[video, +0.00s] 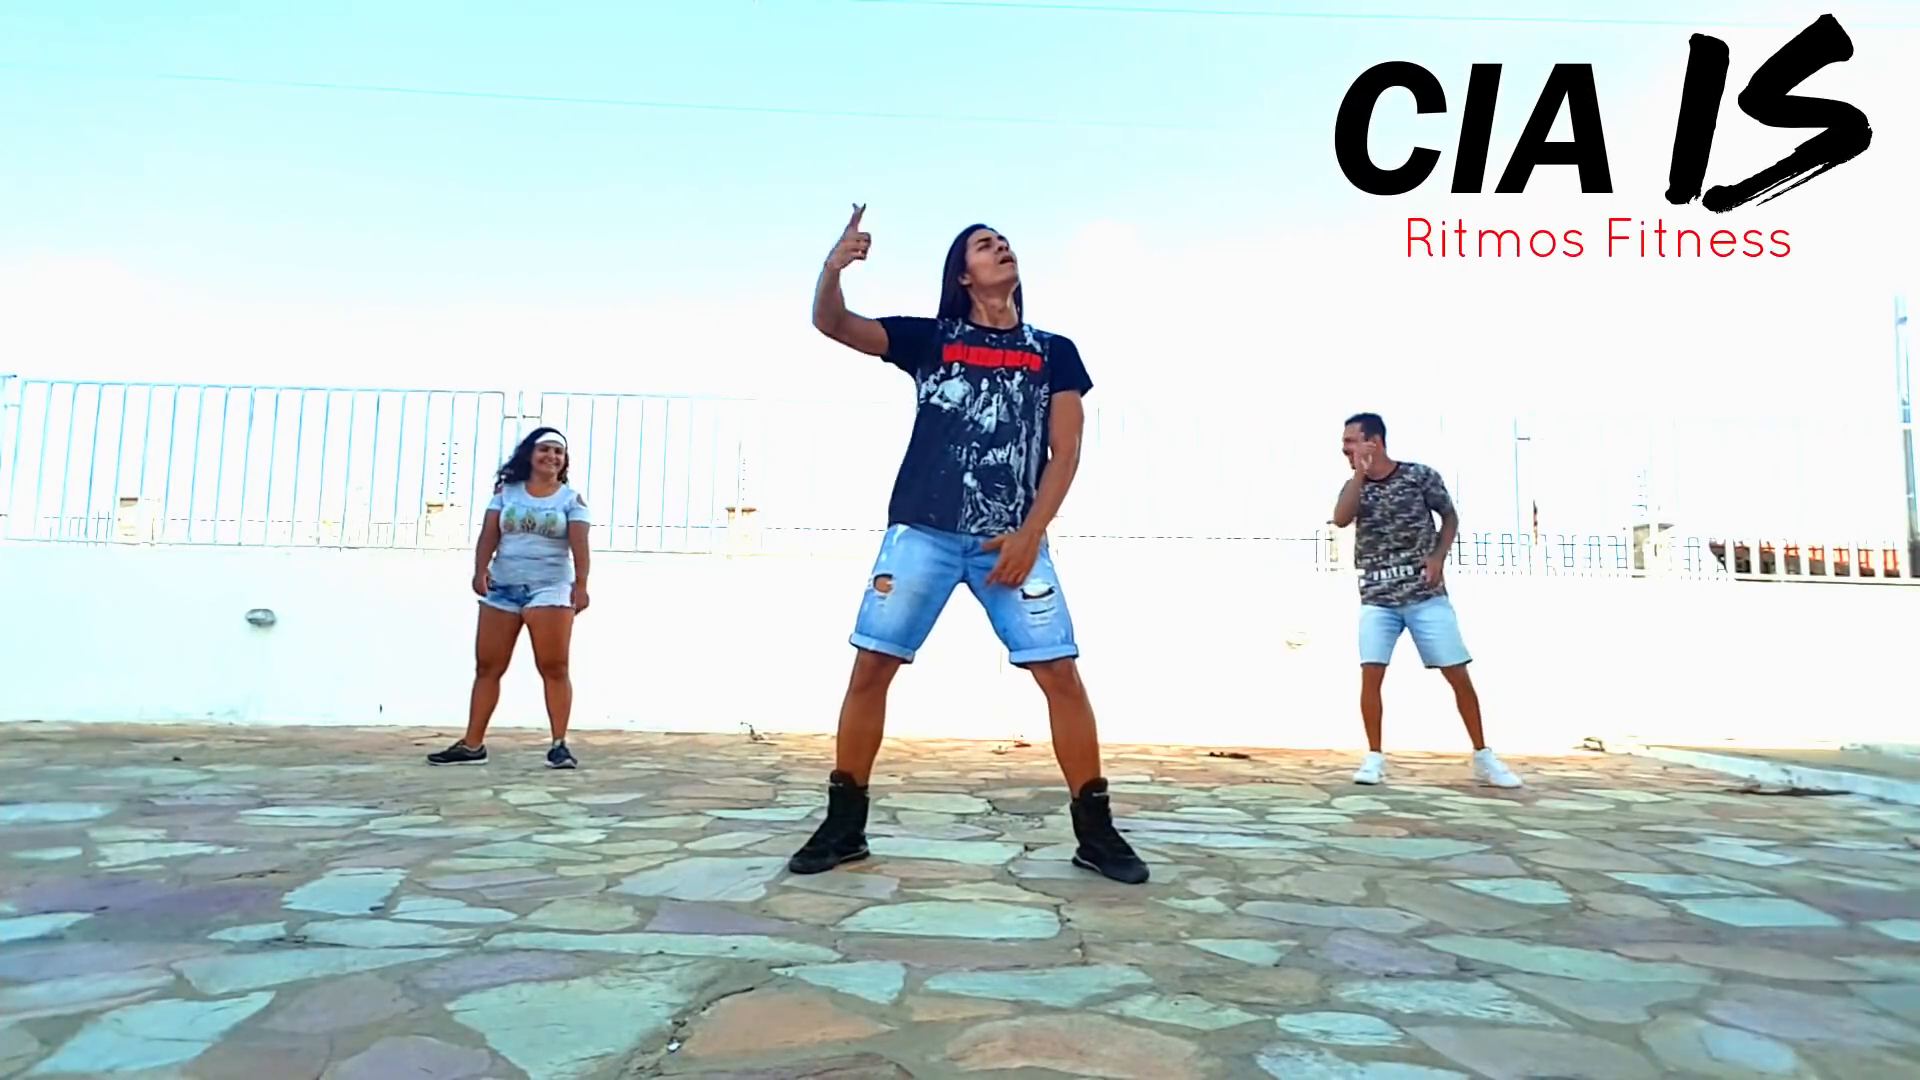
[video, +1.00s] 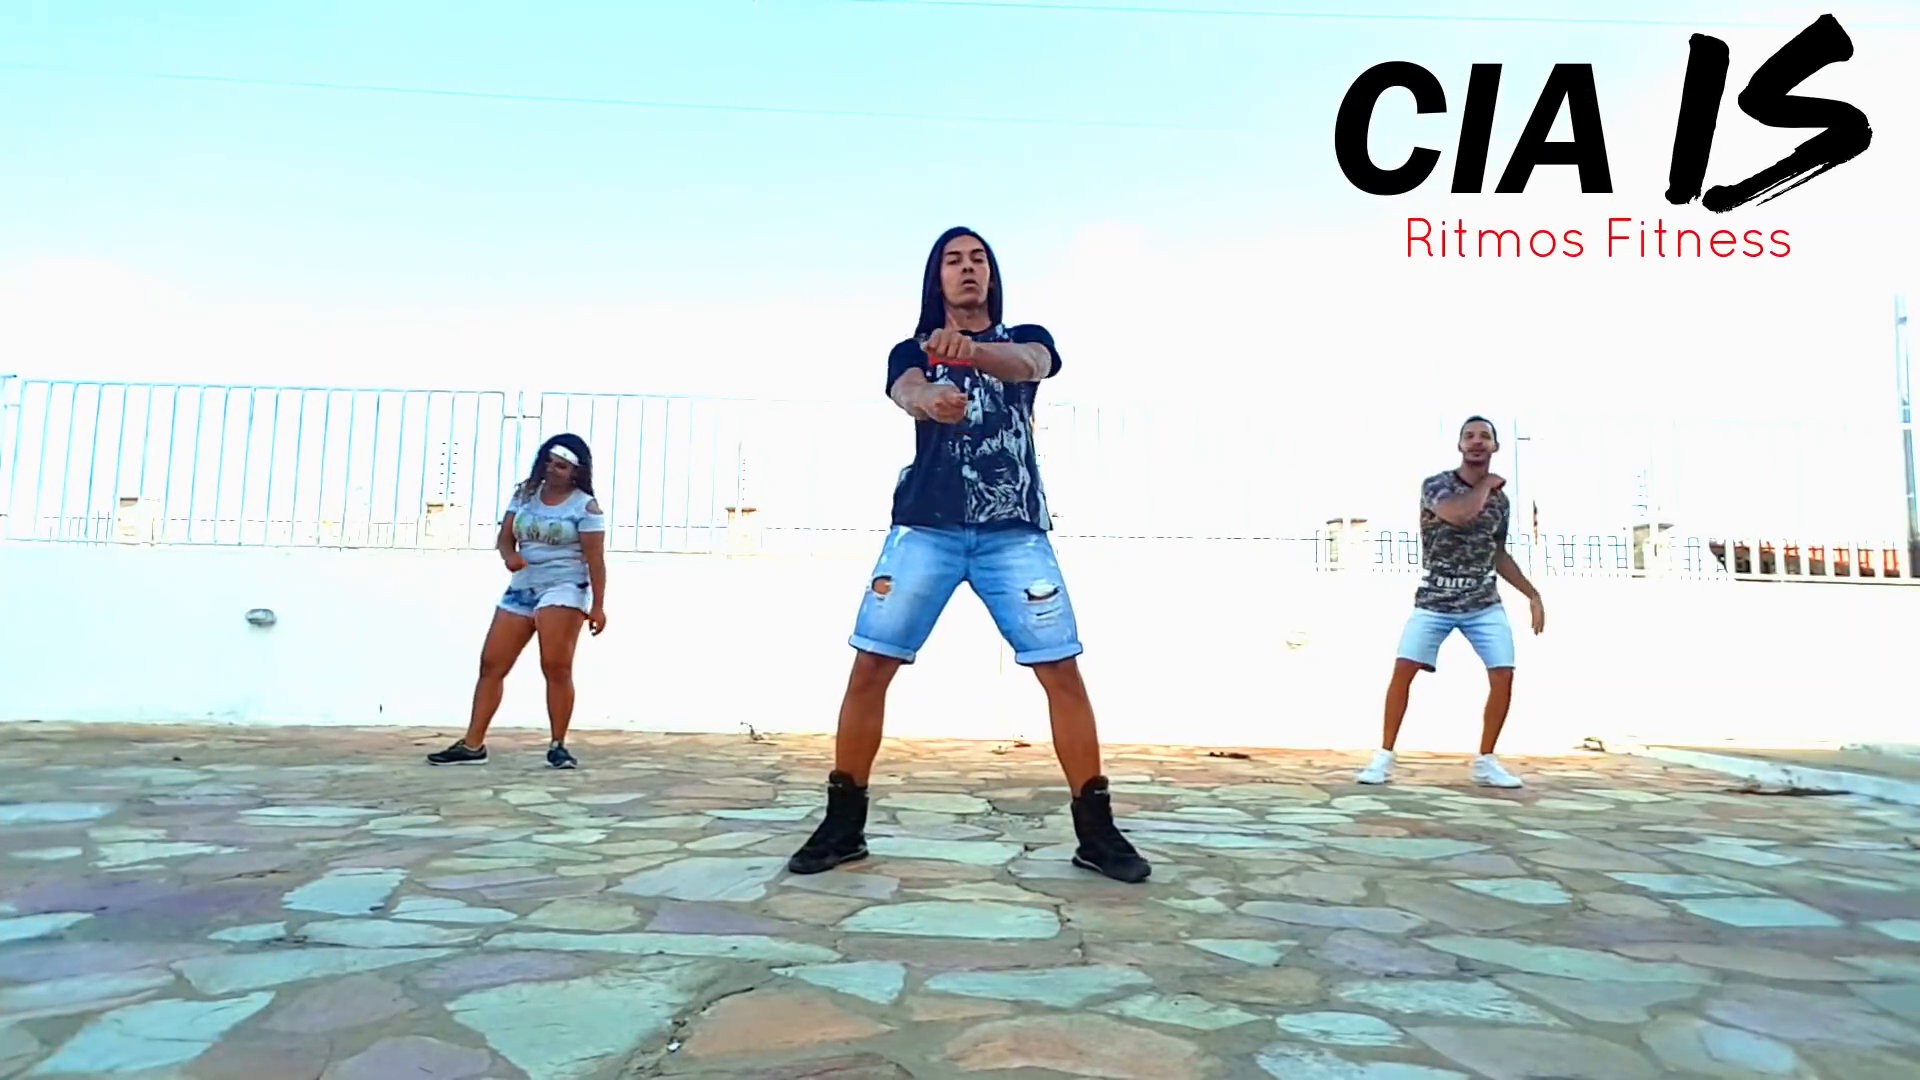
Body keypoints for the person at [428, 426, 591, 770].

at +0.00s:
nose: (550, 454)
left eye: (557, 451)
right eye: (544, 449)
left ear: (564, 460)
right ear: (528, 455)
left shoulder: (571, 500)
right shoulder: (506, 492)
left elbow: (580, 545)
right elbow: (489, 533)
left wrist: (581, 584)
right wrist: (481, 568)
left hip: (550, 589)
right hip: (501, 587)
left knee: (554, 668)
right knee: (487, 667)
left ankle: (559, 743)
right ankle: (472, 743)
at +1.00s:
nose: (556, 468)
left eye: (565, 465)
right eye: (552, 461)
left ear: (577, 471)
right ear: (543, 462)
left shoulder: (585, 506)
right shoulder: (524, 493)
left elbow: (595, 560)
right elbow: (504, 538)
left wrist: (598, 605)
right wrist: (510, 556)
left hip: (564, 587)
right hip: (522, 586)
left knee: (556, 666)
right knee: (491, 664)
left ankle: (558, 745)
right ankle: (472, 743)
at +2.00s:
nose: (505, 452)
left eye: (513, 447)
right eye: (498, 448)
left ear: (526, 456)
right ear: (490, 459)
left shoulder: (543, 494)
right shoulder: (481, 497)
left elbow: (564, 543)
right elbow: (467, 541)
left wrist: (583, 585)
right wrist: (468, 567)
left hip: (528, 590)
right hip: (481, 589)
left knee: (534, 668)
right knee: (470, 664)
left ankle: (555, 744)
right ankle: (471, 744)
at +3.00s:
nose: (522, 458)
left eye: (530, 452)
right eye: (517, 453)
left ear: (548, 459)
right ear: (511, 460)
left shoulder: (561, 494)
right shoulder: (498, 493)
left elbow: (563, 515)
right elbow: (486, 520)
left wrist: (549, 519)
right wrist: (479, 534)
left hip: (542, 585)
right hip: (495, 584)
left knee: (550, 666)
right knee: (475, 665)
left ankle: (558, 744)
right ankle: (471, 743)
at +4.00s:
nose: (534, 453)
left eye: (540, 448)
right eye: (527, 448)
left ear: (548, 457)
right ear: (514, 455)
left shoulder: (555, 492)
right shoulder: (494, 493)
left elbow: (562, 511)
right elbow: (475, 530)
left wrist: (557, 514)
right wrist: (466, 528)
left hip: (542, 586)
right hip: (494, 585)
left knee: (549, 667)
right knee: (484, 668)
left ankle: (558, 744)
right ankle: (472, 743)